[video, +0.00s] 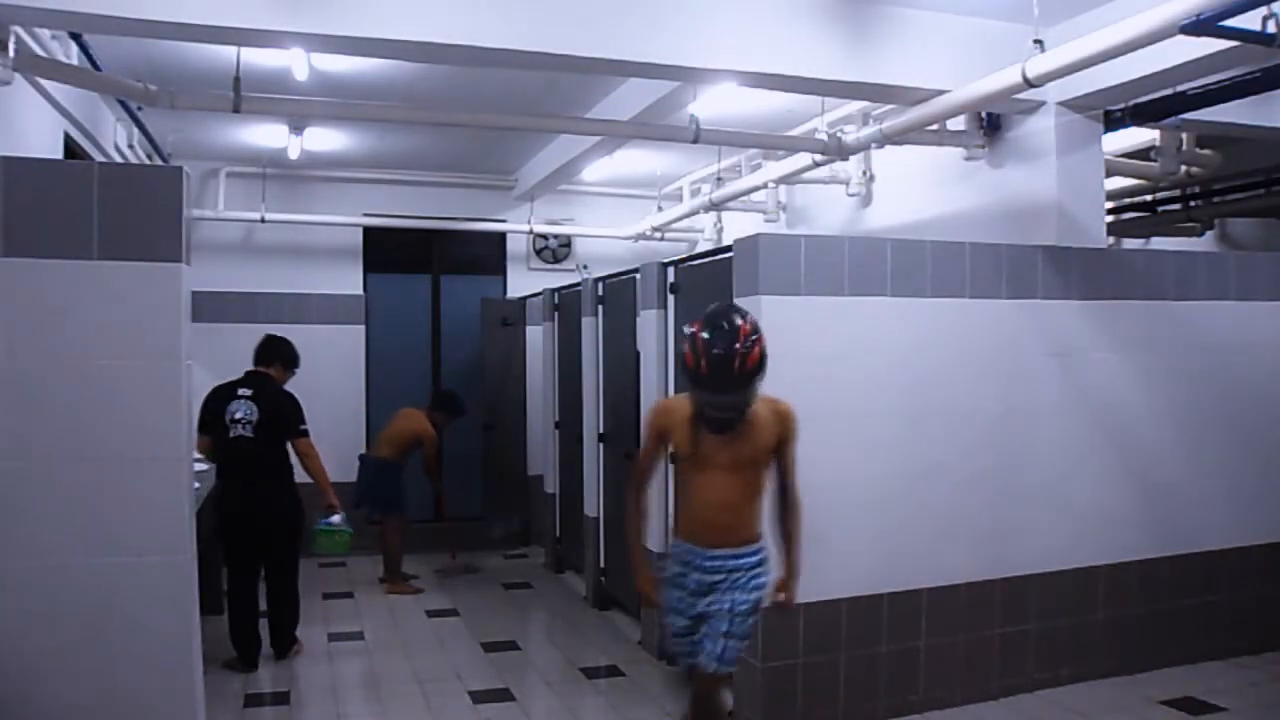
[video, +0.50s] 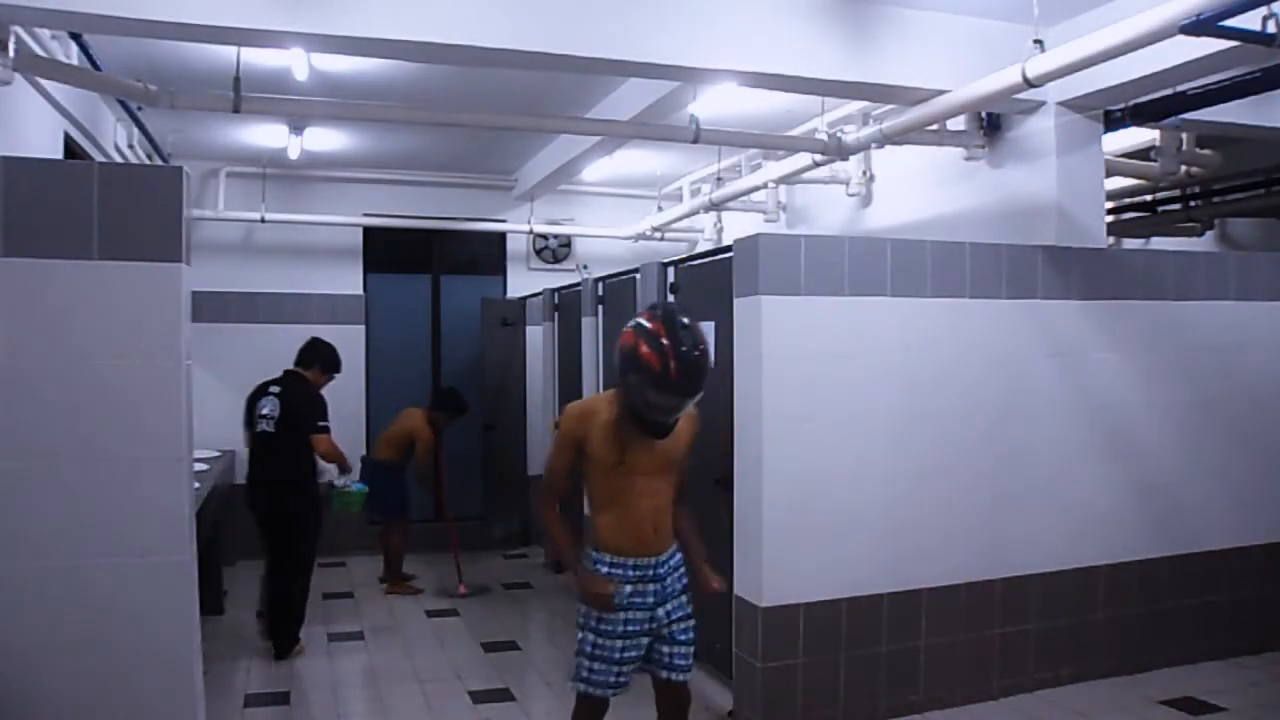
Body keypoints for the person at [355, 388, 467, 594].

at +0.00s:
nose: (446, 424)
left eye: (449, 419)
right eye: (447, 418)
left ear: (433, 407)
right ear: (440, 414)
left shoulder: (407, 413)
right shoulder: (427, 432)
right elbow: (430, 467)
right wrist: (437, 487)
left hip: (371, 465)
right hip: (386, 470)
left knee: (388, 522)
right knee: (395, 524)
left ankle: (390, 572)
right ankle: (394, 580)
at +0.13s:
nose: (447, 424)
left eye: (449, 420)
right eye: (448, 419)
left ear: (433, 408)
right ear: (441, 414)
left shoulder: (409, 413)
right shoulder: (428, 433)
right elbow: (431, 469)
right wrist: (438, 489)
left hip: (373, 466)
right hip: (387, 471)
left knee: (389, 523)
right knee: (397, 524)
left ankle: (391, 573)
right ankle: (395, 580)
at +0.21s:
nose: (448, 424)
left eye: (450, 419)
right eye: (449, 419)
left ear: (435, 408)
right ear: (442, 415)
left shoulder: (412, 413)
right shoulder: (427, 433)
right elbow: (430, 469)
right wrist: (438, 488)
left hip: (374, 466)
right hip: (388, 471)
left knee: (390, 523)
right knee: (398, 524)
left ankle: (391, 572)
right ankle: (395, 580)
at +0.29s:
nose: (448, 424)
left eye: (450, 420)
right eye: (449, 419)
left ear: (434, 407)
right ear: (442, 414)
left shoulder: (412, 414)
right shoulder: (427, 433)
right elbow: (427, 471)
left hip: (375, 466)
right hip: (388, 472)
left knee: (391, 523)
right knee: (398, 525)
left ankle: (392, 572)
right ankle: (394, 580)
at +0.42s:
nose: (448, 424)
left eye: (451, 419)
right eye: (449, 419)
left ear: (435, 407)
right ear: (442, 414)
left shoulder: (413, 413)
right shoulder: (425, 432)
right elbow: (424, 471)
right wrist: (437, 499)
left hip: (375, 465)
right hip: (387, 471)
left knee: (391, 523)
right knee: (397, 524)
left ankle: (393, 572)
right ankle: (394, 580)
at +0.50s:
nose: (449, 424)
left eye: (451, 419)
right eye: (450, 418)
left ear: (435, 407)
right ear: (442, 413)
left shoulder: (414, 414)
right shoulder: (424, 431)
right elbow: (423, 471)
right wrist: (437, 497)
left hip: (377, 465)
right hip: (387, 470)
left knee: (392, 523)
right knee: (397, 524)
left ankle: (392, 572)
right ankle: (393, 579)